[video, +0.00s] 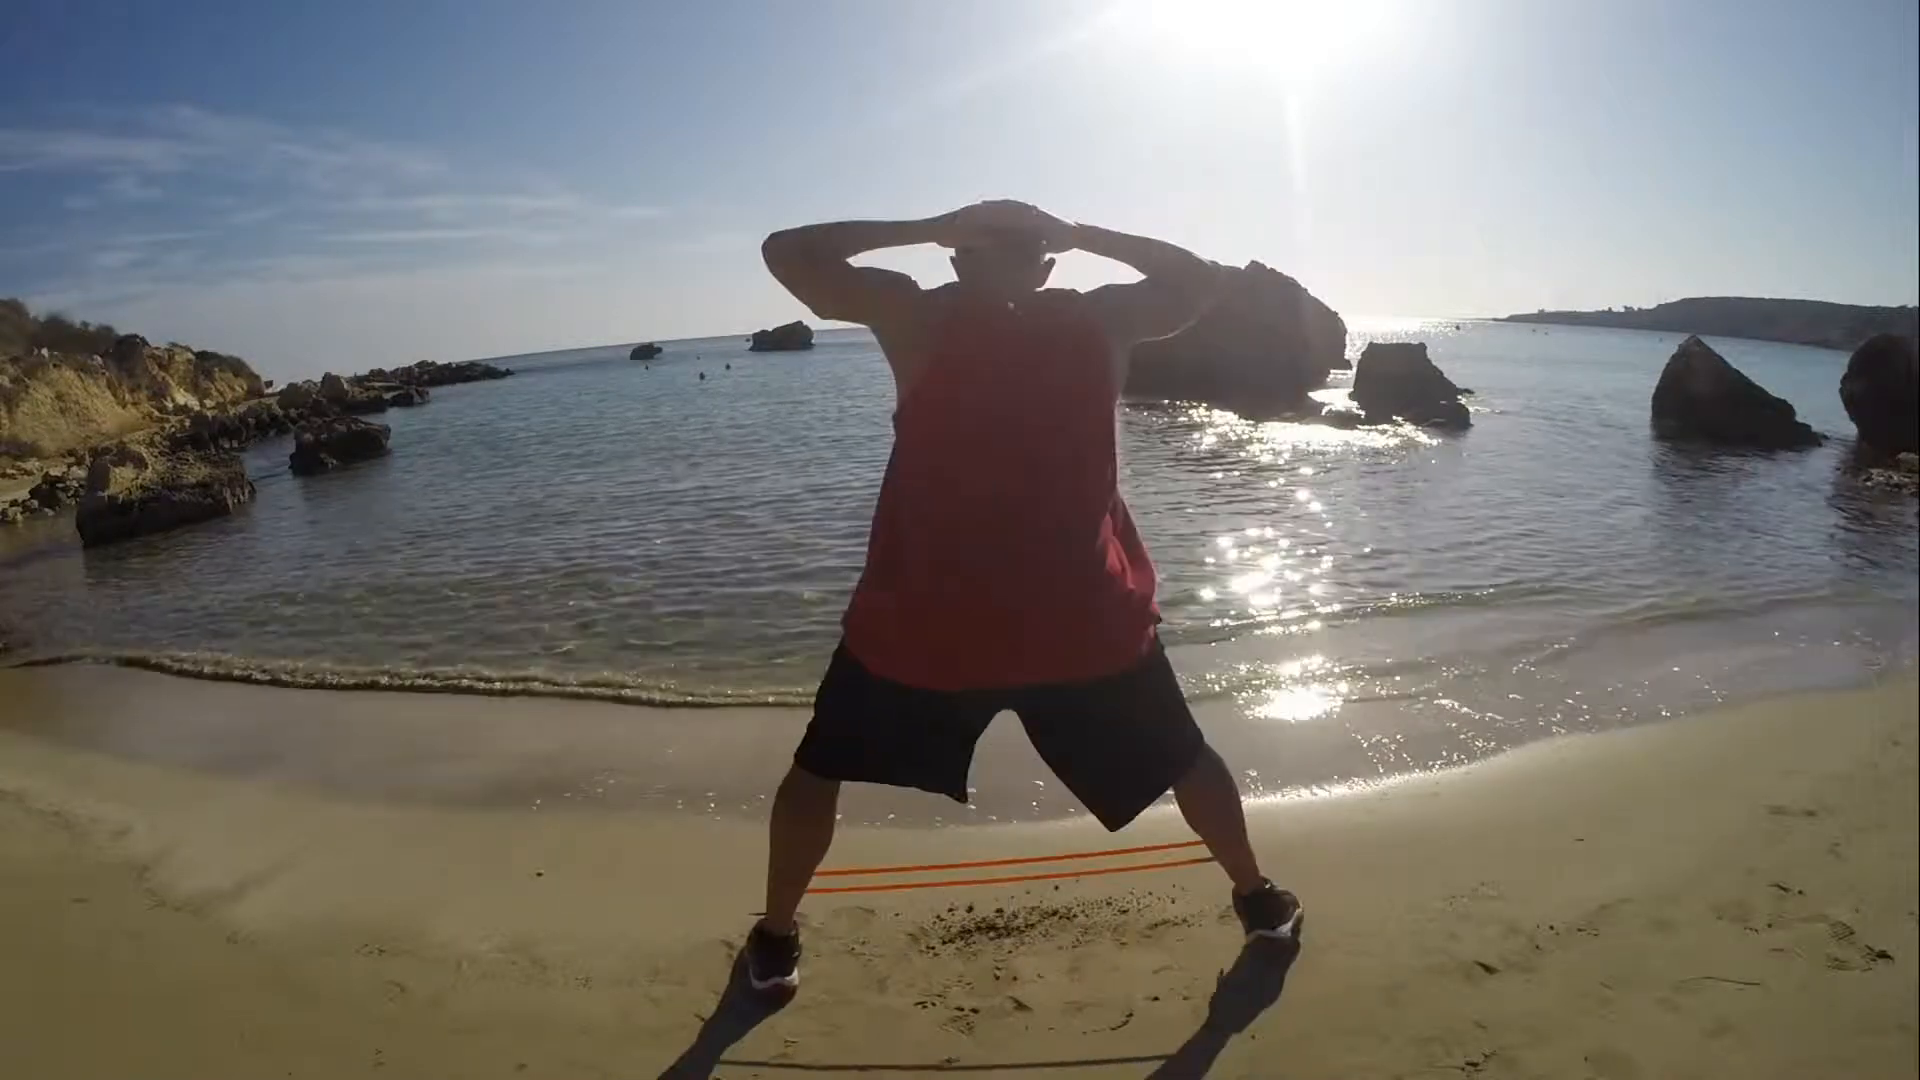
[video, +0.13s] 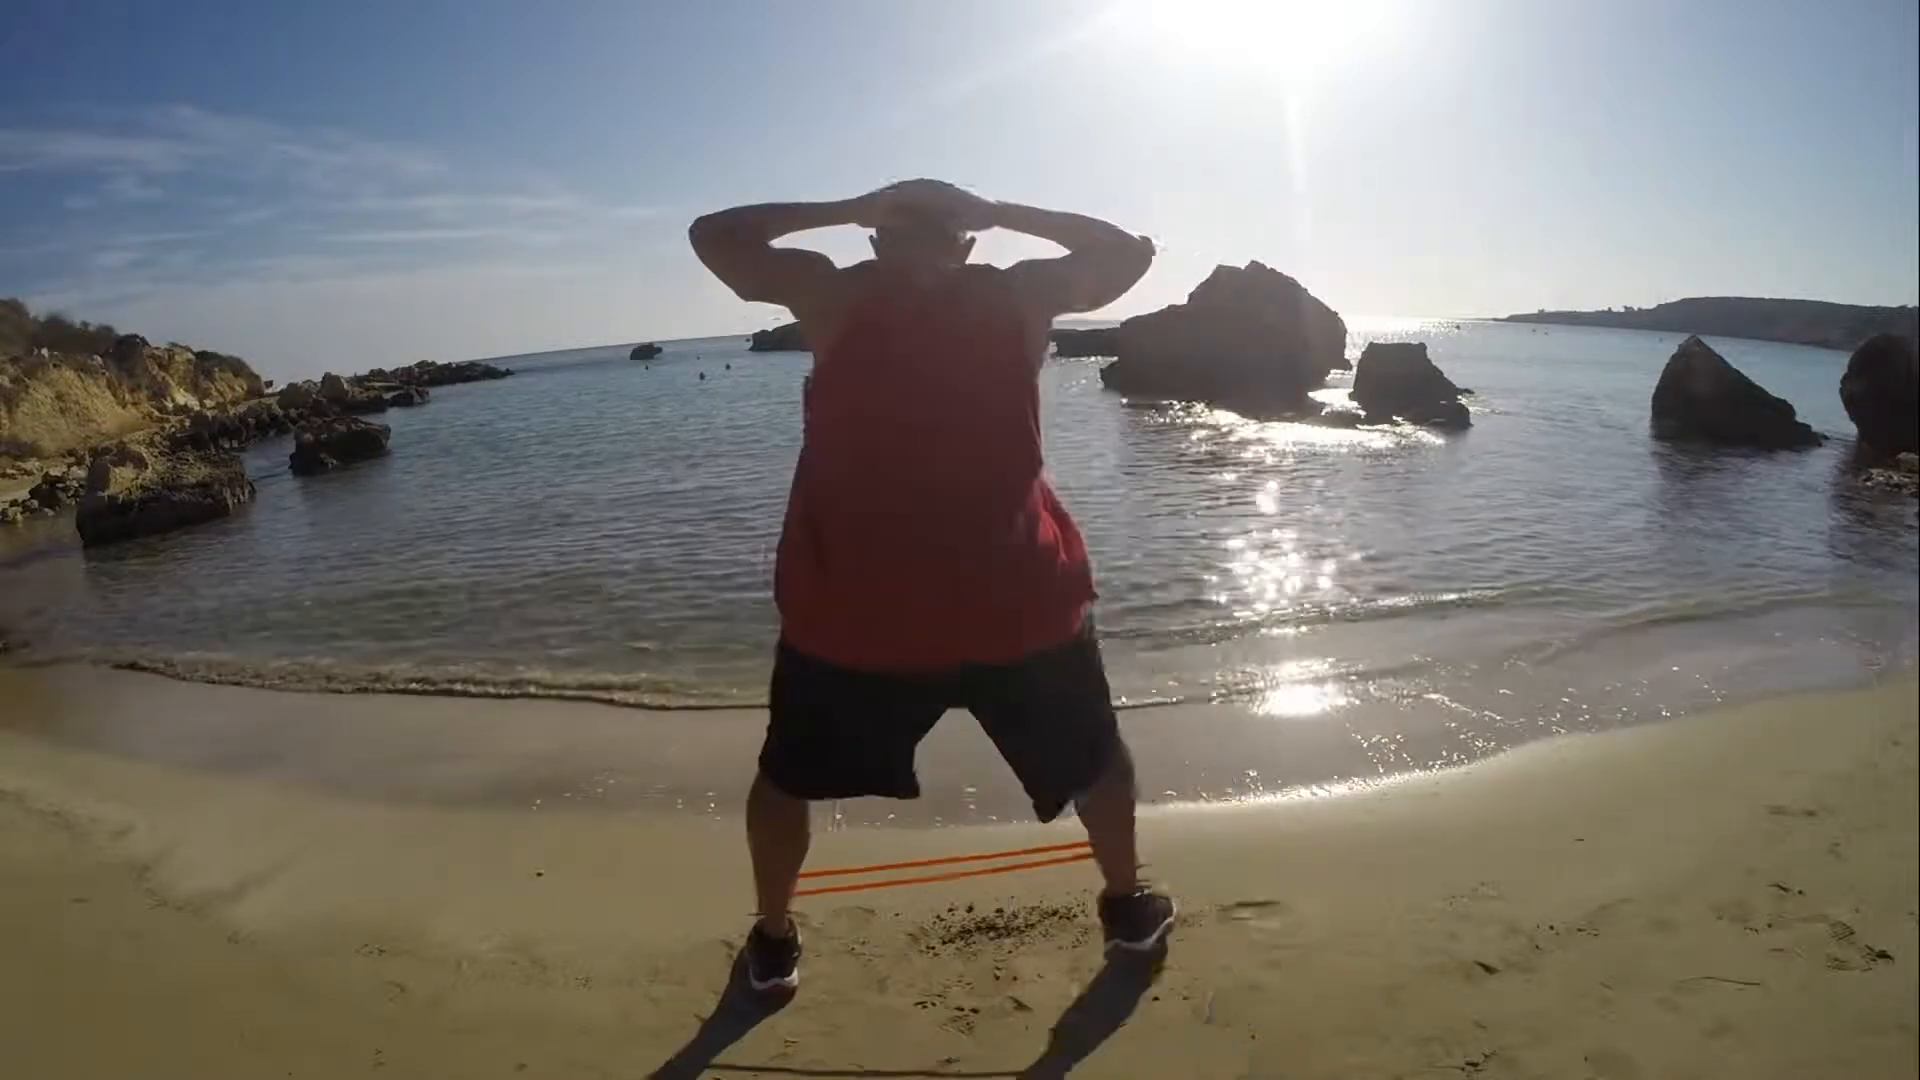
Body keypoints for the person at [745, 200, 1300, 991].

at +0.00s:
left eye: (988, 239)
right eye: (1027, 239)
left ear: (961, 254)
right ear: (1048, 259)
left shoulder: (913, 318)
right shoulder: (1101, 323)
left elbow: (789, 252)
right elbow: (1196, 277)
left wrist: (929, 228)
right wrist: (1077, 233)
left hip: (924, 604)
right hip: (1080, 604)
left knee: (817, 768)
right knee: (1184, 755)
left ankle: (773, 941)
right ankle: (1257, 898)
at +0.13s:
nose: (914, 223)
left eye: (903, 214)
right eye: (934, 213)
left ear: (878, 238)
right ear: (968, 239)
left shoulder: (833, 298)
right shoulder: (1019, 297)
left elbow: (715, 234)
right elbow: (1128, 250)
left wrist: (851, 208)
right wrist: (995, 211)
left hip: (854, 593)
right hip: (1010, 585)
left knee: (785, 773)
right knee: (1092, 748)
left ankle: (771, 940)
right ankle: (1126, 904)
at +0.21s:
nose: (880, 220)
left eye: (871, 210)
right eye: (889, 210)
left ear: (839, 232)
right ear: (933, 233)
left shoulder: (795, 293)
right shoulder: (986, 289)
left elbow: (680, 238)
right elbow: (1094, 240)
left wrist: (810, 207)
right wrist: (960, 204)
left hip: (826, 590)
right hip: (981, 583)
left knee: (775, 778)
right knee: (1018, 745)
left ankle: (767, 939)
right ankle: (998, 911)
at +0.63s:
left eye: (812, 234)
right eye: (850, 229)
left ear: (788, 248)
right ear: (873, 241)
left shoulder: (752, 310)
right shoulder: (932, 288)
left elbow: (637, 272)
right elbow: (1037, 235)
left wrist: (756, 229)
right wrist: (900, 213)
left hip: (819, 589)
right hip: (971, 570)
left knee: (778, 773)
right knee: (1046, 718)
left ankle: (771, 936)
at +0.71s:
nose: (852, 246)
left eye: (828, 237)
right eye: (870, 230)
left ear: (804, 252)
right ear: (891, 244)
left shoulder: (770, 313)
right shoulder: (951, 287)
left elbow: (652, 279)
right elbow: (1055, 231)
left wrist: (772, 231)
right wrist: (917, 210)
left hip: (850, 588)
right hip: (1003, 566)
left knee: (791, 773)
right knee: (1113, 726)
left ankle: (776, 941)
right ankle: (1171, 878)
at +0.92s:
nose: (933, 271)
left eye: (930, 258)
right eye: (937, 255)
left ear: (913, 271)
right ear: (1000, 264)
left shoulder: (886, 335)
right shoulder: (1068, 311)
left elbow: (750, 291)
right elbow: (1155, 252)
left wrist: (879, 248)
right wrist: (1025, 233)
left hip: (951, 620)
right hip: (1104, 609)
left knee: (839, 775)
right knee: (1194, 764)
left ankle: (785, 933)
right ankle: (1266, 907)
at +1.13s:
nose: (1100, 243)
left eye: (1087, 234)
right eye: (1108, 229)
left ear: (1066, 250)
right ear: (1142, 245)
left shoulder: (1042, 311)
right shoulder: (1206, 296)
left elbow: (881, 261)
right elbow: (1280, 243)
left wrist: (1023, 228)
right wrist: (1164, 217)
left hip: (1080, 569)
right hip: (1225, 574)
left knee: (940, 742)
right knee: (1249, 742)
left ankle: (891, 913)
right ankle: (1272, 908)